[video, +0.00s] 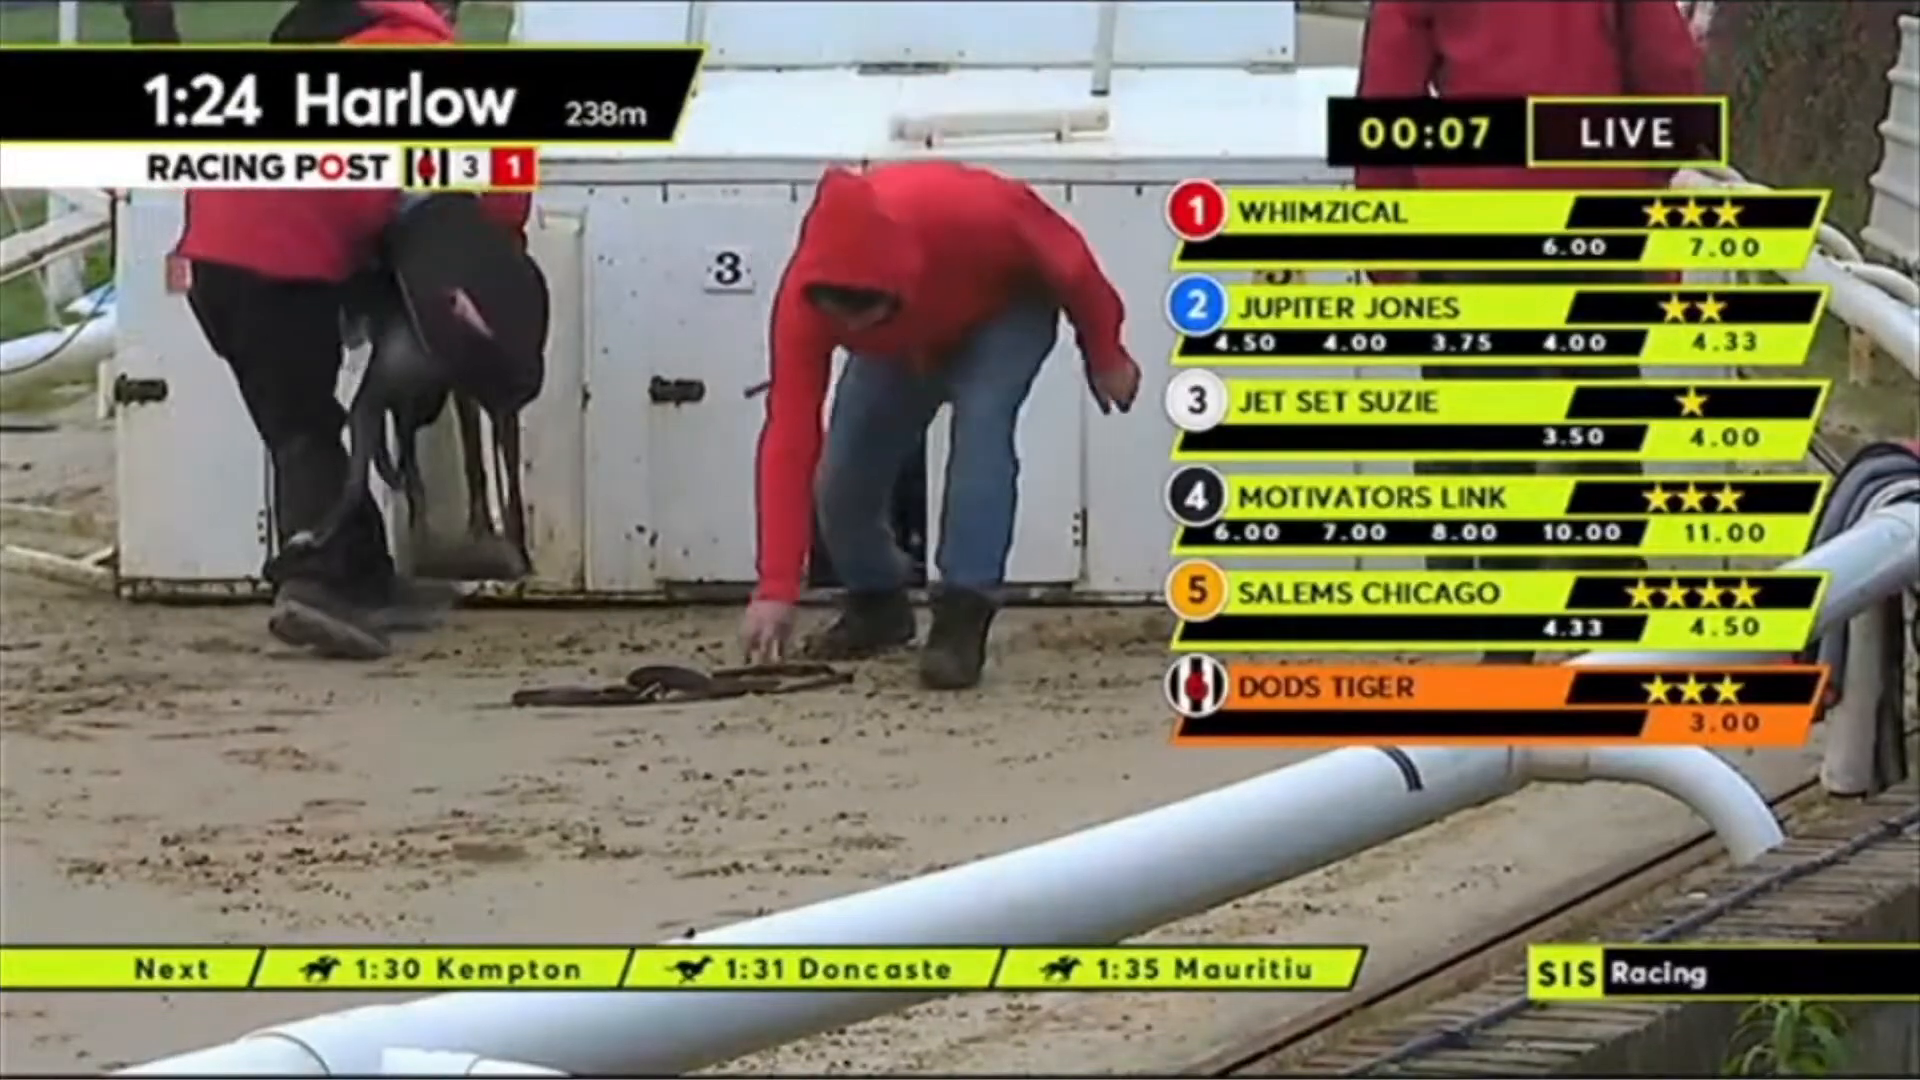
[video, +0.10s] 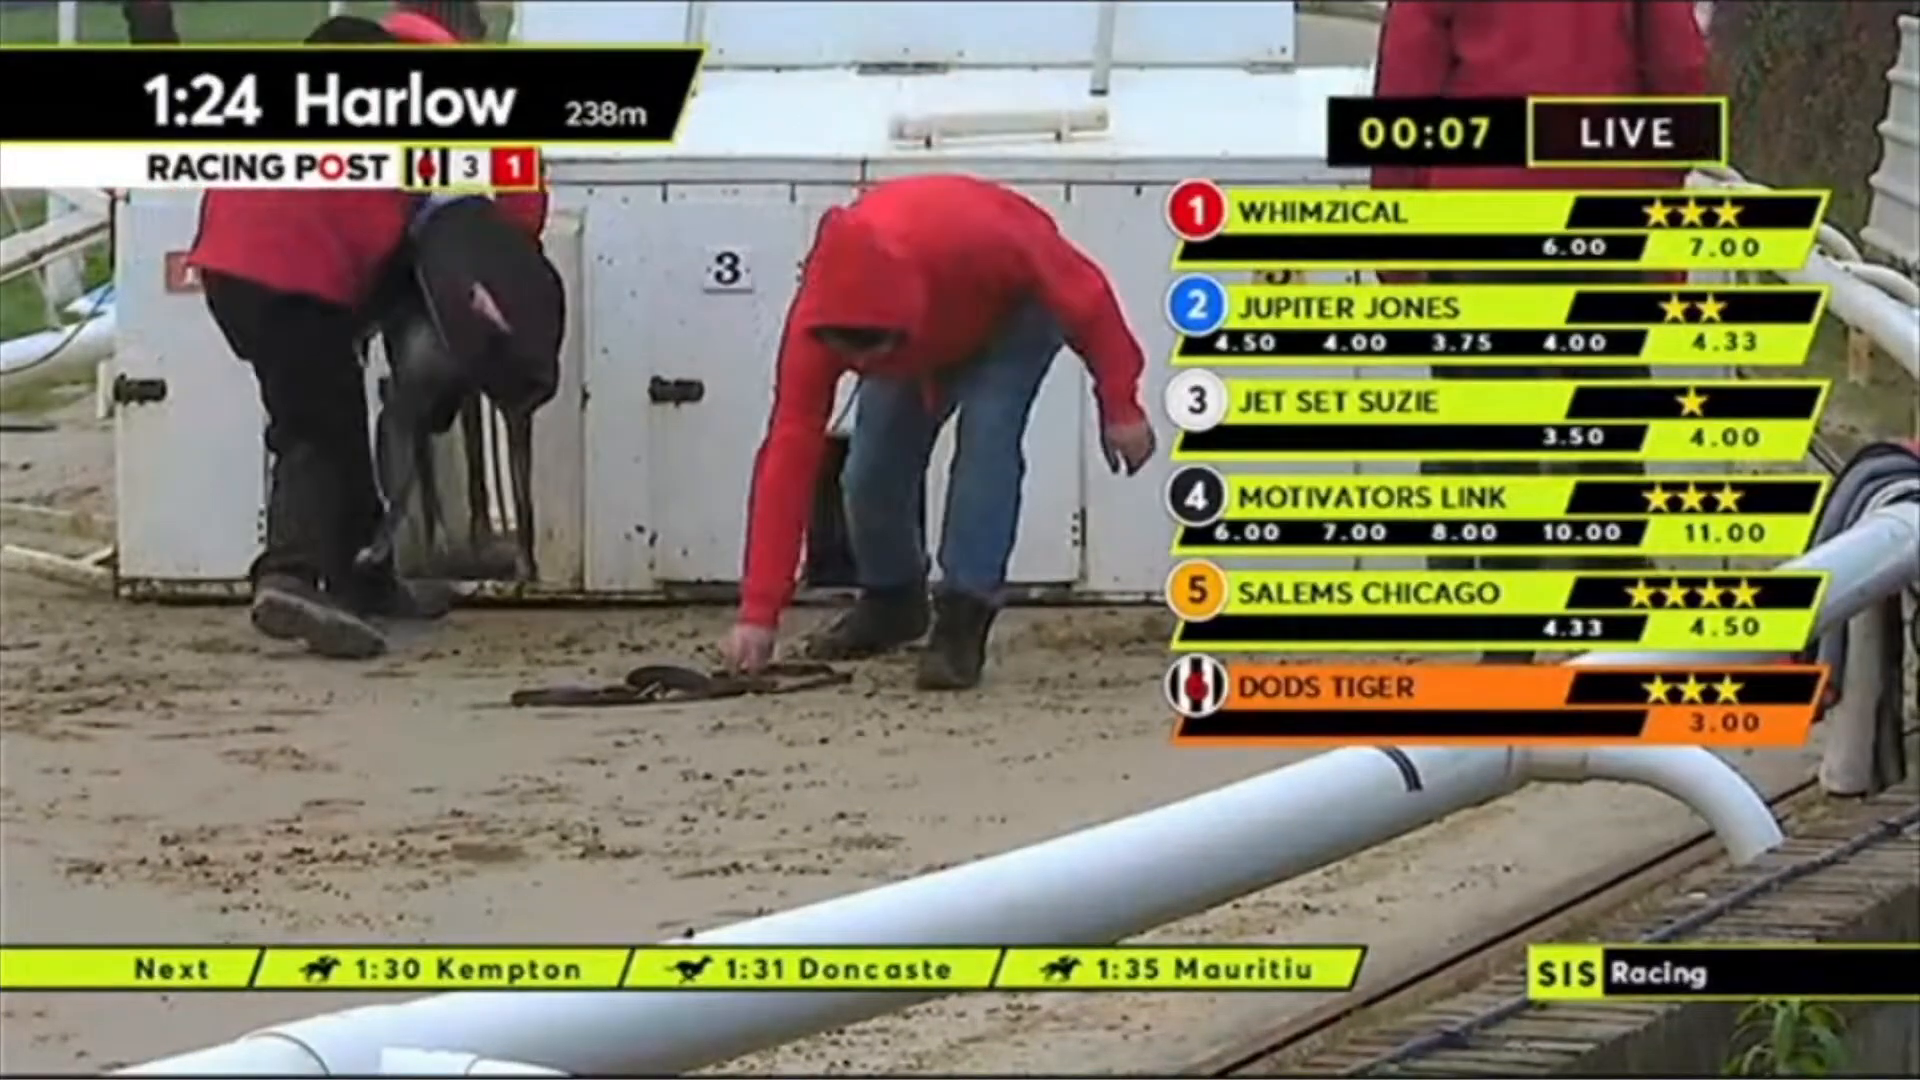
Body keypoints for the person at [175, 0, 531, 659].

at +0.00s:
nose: (456, 24)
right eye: (453, 17)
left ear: (375, 5)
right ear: (441, 10)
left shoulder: (297, 31)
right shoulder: (433, 57)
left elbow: (219, 140)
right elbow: (500, 192)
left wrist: (190, 238)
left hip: (215, 266)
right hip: (290, 274)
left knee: (302, 431)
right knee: (305, 430)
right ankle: (312, 581)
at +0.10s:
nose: (480, 38)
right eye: (477, 30)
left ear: (396, 9)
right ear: (461, 23)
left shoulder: (329, 41)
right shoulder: (466, 77)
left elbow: (243, 145)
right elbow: (519, 202)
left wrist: (205, 245)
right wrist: (502, 279)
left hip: (228, 261)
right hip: (304, 272)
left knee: (326, 427)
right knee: (319, 429)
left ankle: (364, 579)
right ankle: (290, 578)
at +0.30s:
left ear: (431, 28)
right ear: (483, 43)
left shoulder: (368, 57)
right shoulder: (492, 90)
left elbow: (351, 229)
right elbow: (504, 222)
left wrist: (411, 318)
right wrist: (495, 299)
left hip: (241, 222)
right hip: (292, 231)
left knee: (347, 394)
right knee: (331, 394)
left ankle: (366, 584)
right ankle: (297, 588)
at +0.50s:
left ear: (436, 36)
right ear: (472, 48)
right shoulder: (459, 85)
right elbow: (478, 218)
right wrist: (503, 314)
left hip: (254, 210)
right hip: (321, 215)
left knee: (341, 398)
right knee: (382, 377)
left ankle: (355, 563)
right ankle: (366, 563)